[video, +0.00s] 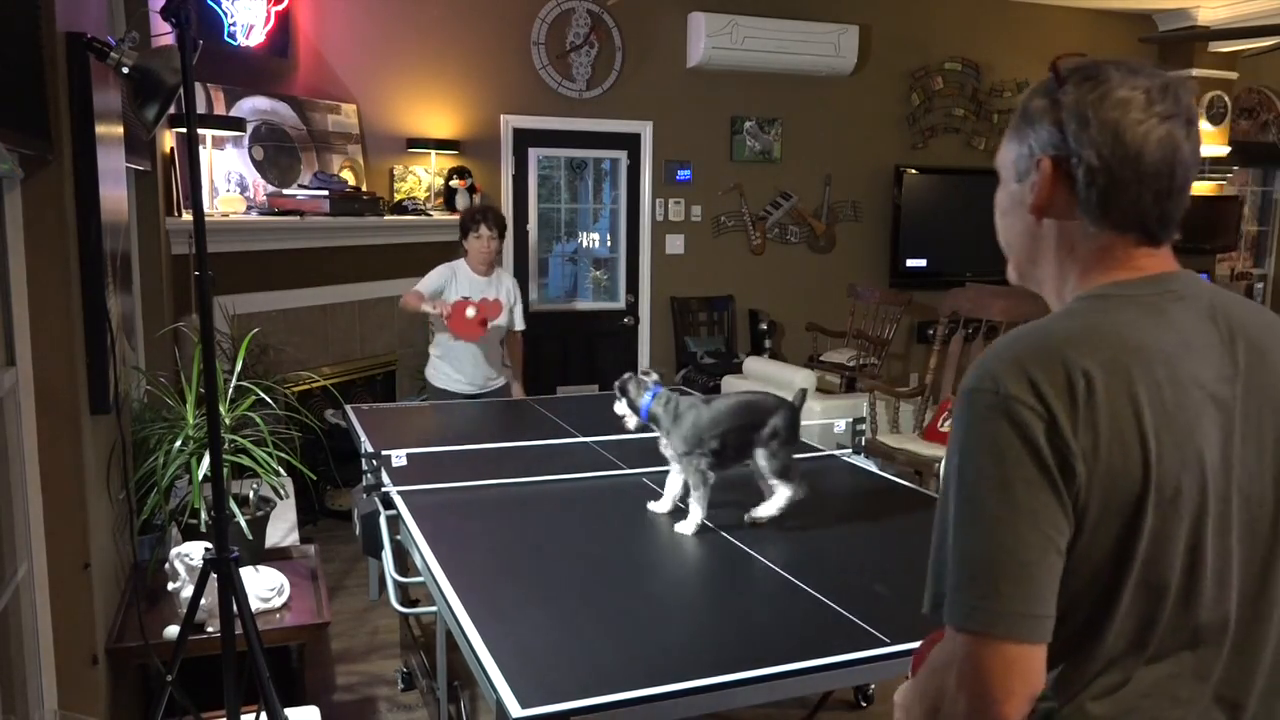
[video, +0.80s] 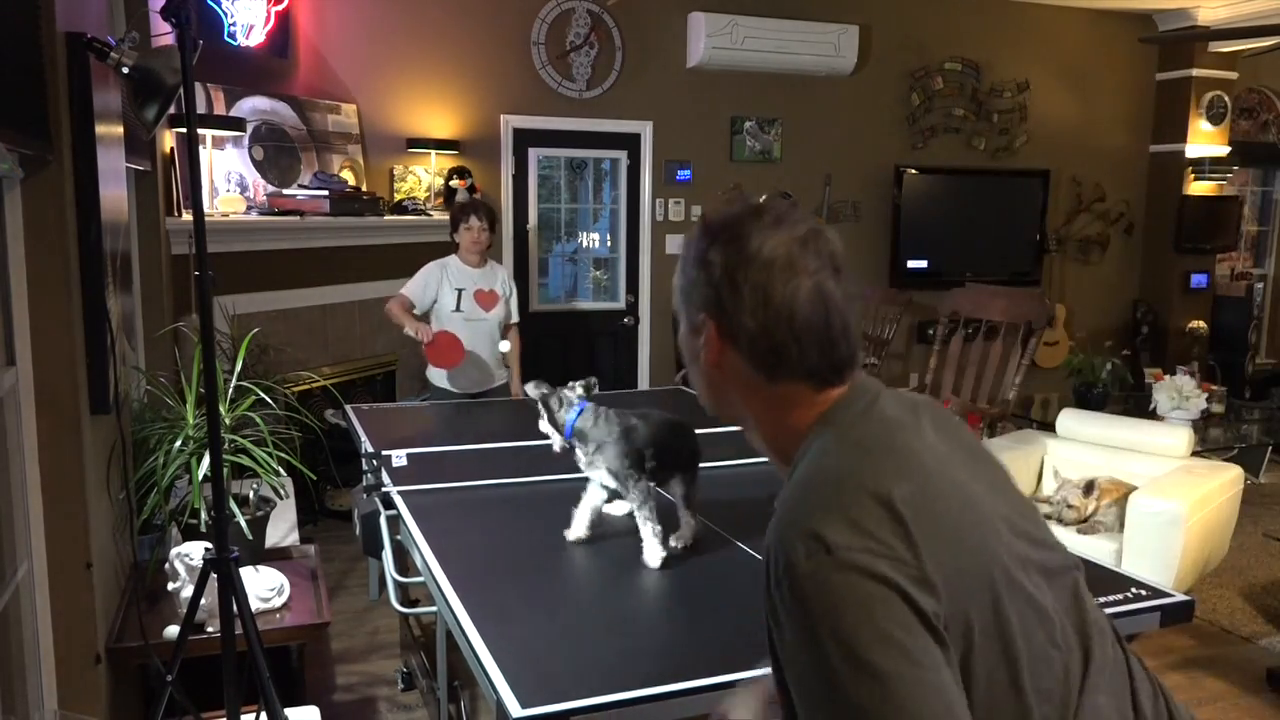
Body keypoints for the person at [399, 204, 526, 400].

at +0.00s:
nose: (486, 245)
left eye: (492, 238)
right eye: (477, 238)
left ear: (500, 243)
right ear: (465, 242)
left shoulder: (507, 283)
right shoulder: (447, 273)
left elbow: (514, 336)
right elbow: (407, 300)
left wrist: (516, 381)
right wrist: (430, 306)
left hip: (493, 386)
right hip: (448, 387)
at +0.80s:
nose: (476, 236)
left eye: (483, 230)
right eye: (468, 229)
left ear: (491, 236)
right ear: (455, 235)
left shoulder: (501, 275)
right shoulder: (437, 271)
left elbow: (511, 329)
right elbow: (395, 305)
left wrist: (515, 381)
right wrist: (412, 323)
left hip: (494, 385)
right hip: (447, 388)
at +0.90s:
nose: (485, 242)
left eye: (491, 235)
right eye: (476, 235)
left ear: (499, 239)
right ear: (464, 241)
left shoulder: (512, 279)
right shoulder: (446, 278)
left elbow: (521, 330)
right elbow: (410, 322)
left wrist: (527, 380)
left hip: (502, 389)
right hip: (458, 390)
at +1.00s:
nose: (496, 251)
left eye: (502, 244)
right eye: (487, 243)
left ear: (508, 245)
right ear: (474, 245)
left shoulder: (522, 281)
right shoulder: (458, 283)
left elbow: (532, 330)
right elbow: (431, 334)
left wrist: (536, 377)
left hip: (515, 387)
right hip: (470, 391)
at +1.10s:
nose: (504, 251)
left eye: (510, 243)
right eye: (496, 243)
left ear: (516, 242)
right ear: (482, 242)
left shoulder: (528, 275)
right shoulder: (467, 279)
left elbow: (540, 324)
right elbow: (444, 333)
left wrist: (539, 366)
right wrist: (473, 355)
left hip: (521, 385)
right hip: (478, 387)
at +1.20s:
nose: (508, 245)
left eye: (514, 238)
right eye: (500, 237)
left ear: (521, 237)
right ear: (487, 236)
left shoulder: (531, 270)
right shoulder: (472, 271)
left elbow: (544, 318)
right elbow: (459, 315)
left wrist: (540, 358)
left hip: (523, 374)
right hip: (483, 373)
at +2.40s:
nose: (515, 236)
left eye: (519, 230)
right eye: (508, 229)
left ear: (523, 232)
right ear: (488, 232)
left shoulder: (531, 273)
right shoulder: (468, 270)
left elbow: (539, 323)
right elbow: (449, 322)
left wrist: (539, 366)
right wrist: (487, 353)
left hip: (518, 381)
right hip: (476, 382)